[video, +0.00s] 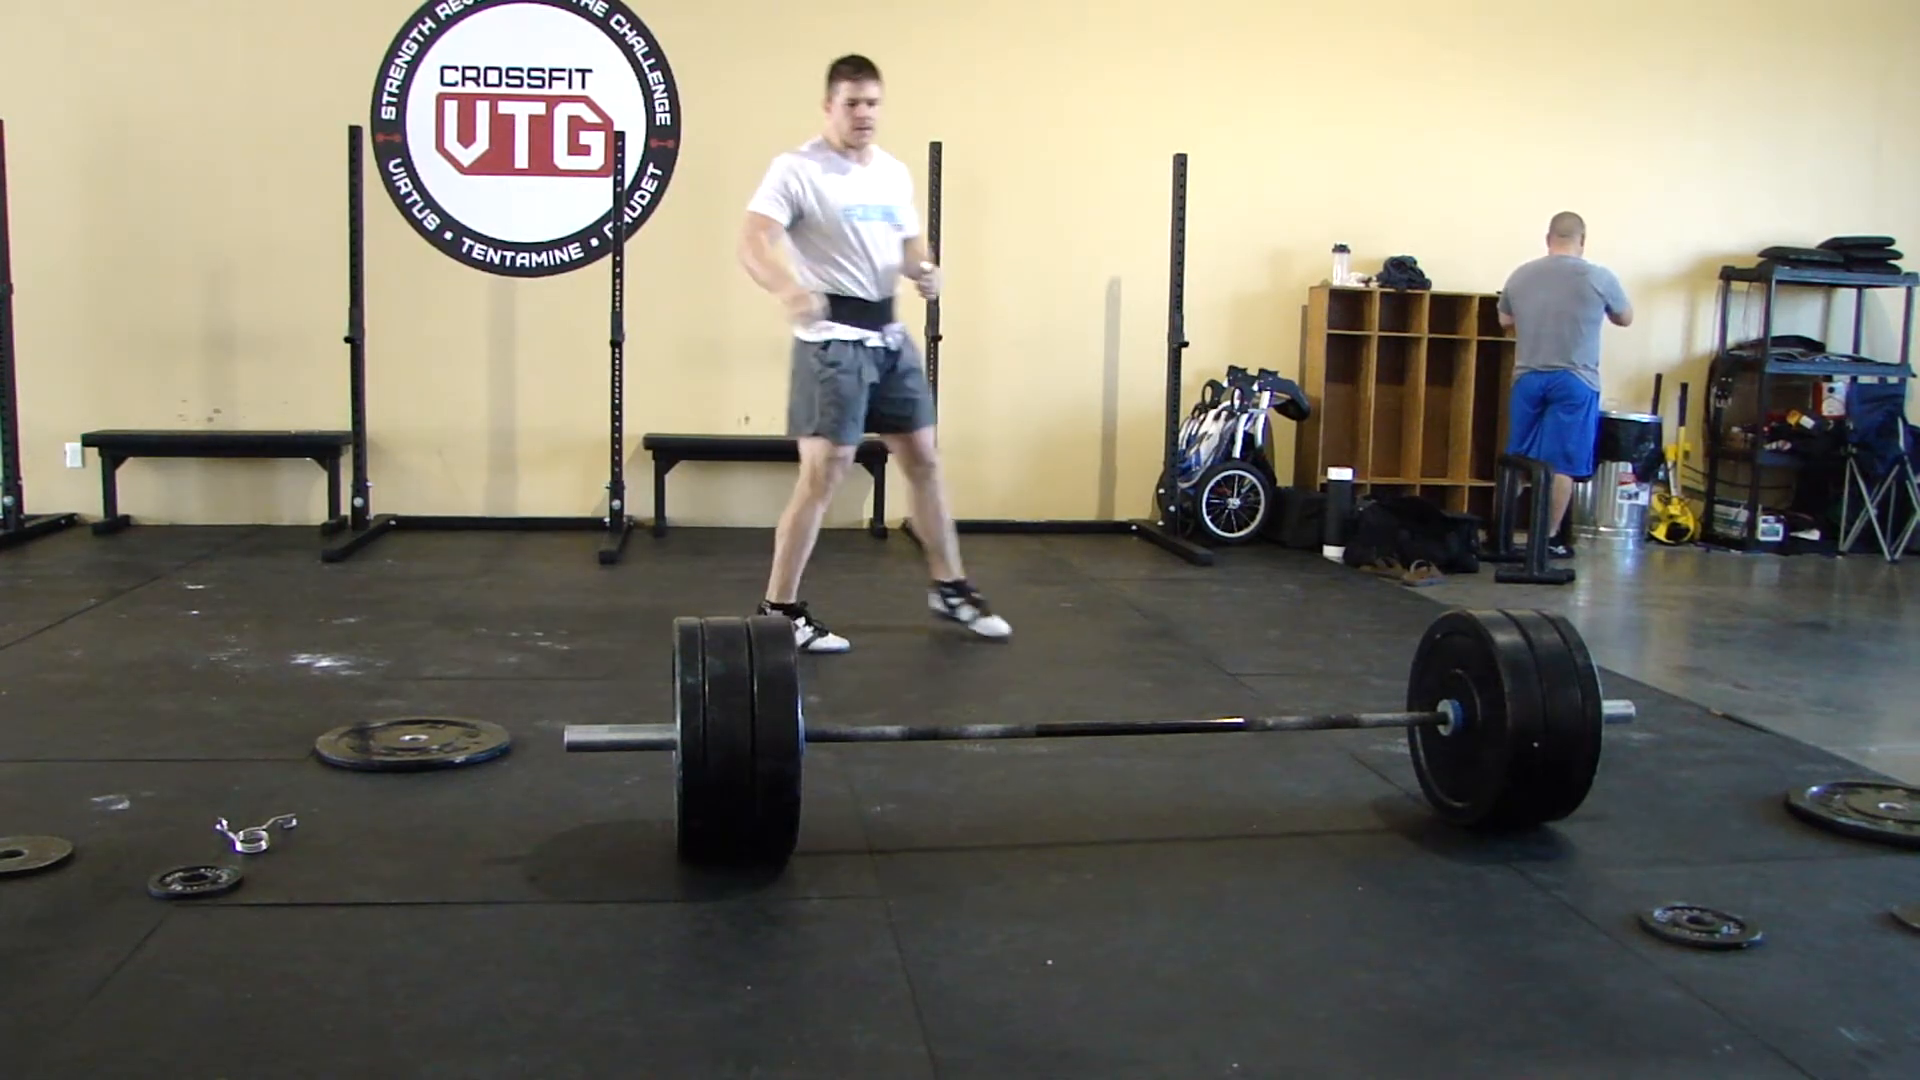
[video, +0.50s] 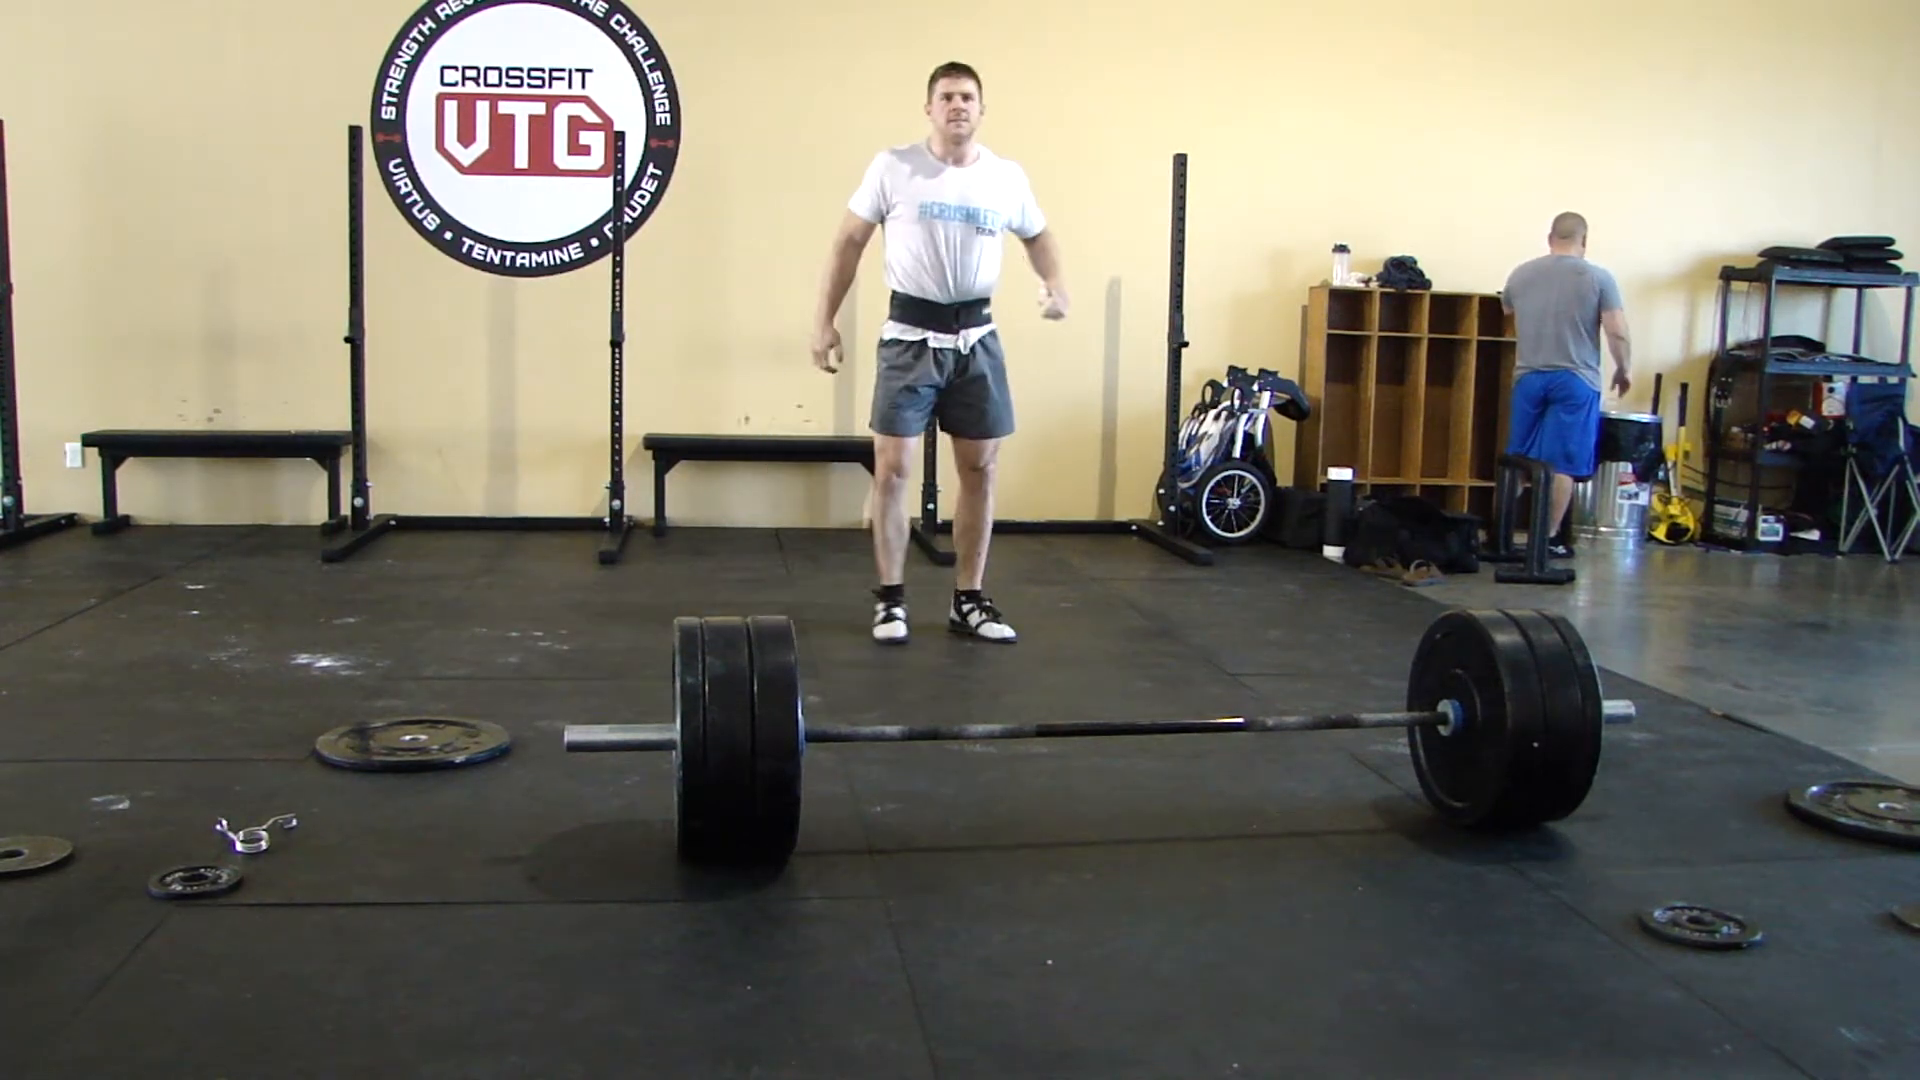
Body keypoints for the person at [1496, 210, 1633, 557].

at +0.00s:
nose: (1578, 245)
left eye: (1555, 238)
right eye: (1581, 240)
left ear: (1548, 239)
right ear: (1583, 241)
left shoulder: (1521, 274)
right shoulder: (1597, 276)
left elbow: (1506, 320)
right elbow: (1623, 317)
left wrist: (1540, 313)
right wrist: (1592, 299)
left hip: (1527, 377)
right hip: (1575, 379)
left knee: (1516, 459)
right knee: (1562, 466)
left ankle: (1501, 536)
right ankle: (1547, 540)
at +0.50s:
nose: (1582, 246)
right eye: (1584, 241)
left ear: (1550, 239)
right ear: (1584, 241)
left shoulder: (1521, 273)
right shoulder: (1597, 277)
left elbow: (1507, 311)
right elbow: (1615, 330)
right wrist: (1623, 370)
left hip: (1528, 378)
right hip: (1576, 380)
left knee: (1518, 460)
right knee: (1563, 466)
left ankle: (1501, 534)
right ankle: (1547, 540)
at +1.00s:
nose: (1585, 244)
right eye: (1585, 240)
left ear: (1550, 239)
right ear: (1586, 241)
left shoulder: (1523, 272)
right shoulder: (1599, 277)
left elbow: (1511, 299)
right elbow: (1616, 331)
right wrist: (1628, 377)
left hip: (1529, 379)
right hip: (1577, 382)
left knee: (1520, 461)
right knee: (1564, 466)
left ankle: (1501, 533)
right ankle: (1548, 539)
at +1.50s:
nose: (1586, 243)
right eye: (1586, 239)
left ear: (1550, 237)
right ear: (1586, 241)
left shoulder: (1525, 270)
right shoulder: (1601, 278)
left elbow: (1515, 274)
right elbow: (1617, 333)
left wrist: (1550, 246)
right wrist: (1629, 377)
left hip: (1531, 379)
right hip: (1578, 382)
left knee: (1519, 460)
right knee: (1565, 465)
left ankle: (1502, 534)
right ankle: (1547, 539)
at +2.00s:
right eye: (1585, 237)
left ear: (1550, 240)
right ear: (1587, 241)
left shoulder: (1527, 271)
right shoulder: (1602, 278)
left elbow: (1518, 261)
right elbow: (1617, 332)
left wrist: (1550, 239)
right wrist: (1630, 377)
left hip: (1531, 379)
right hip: (1579, 381)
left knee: (1519, 460)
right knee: (1565, 465)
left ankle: (1502, 534)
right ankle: (1548, 539)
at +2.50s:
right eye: (1584, 237)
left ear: (1550, 240)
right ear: (1586, 241)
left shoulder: (1528, 271)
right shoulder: (1601, 278)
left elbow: (1516, 256)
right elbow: (1617, 332)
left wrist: (1547, 235)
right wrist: (1629, 377)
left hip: (1530, 378)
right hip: (1578, 381)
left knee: (1518, 460)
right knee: (1565, 465)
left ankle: (1502, 535)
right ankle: (1548, 539)